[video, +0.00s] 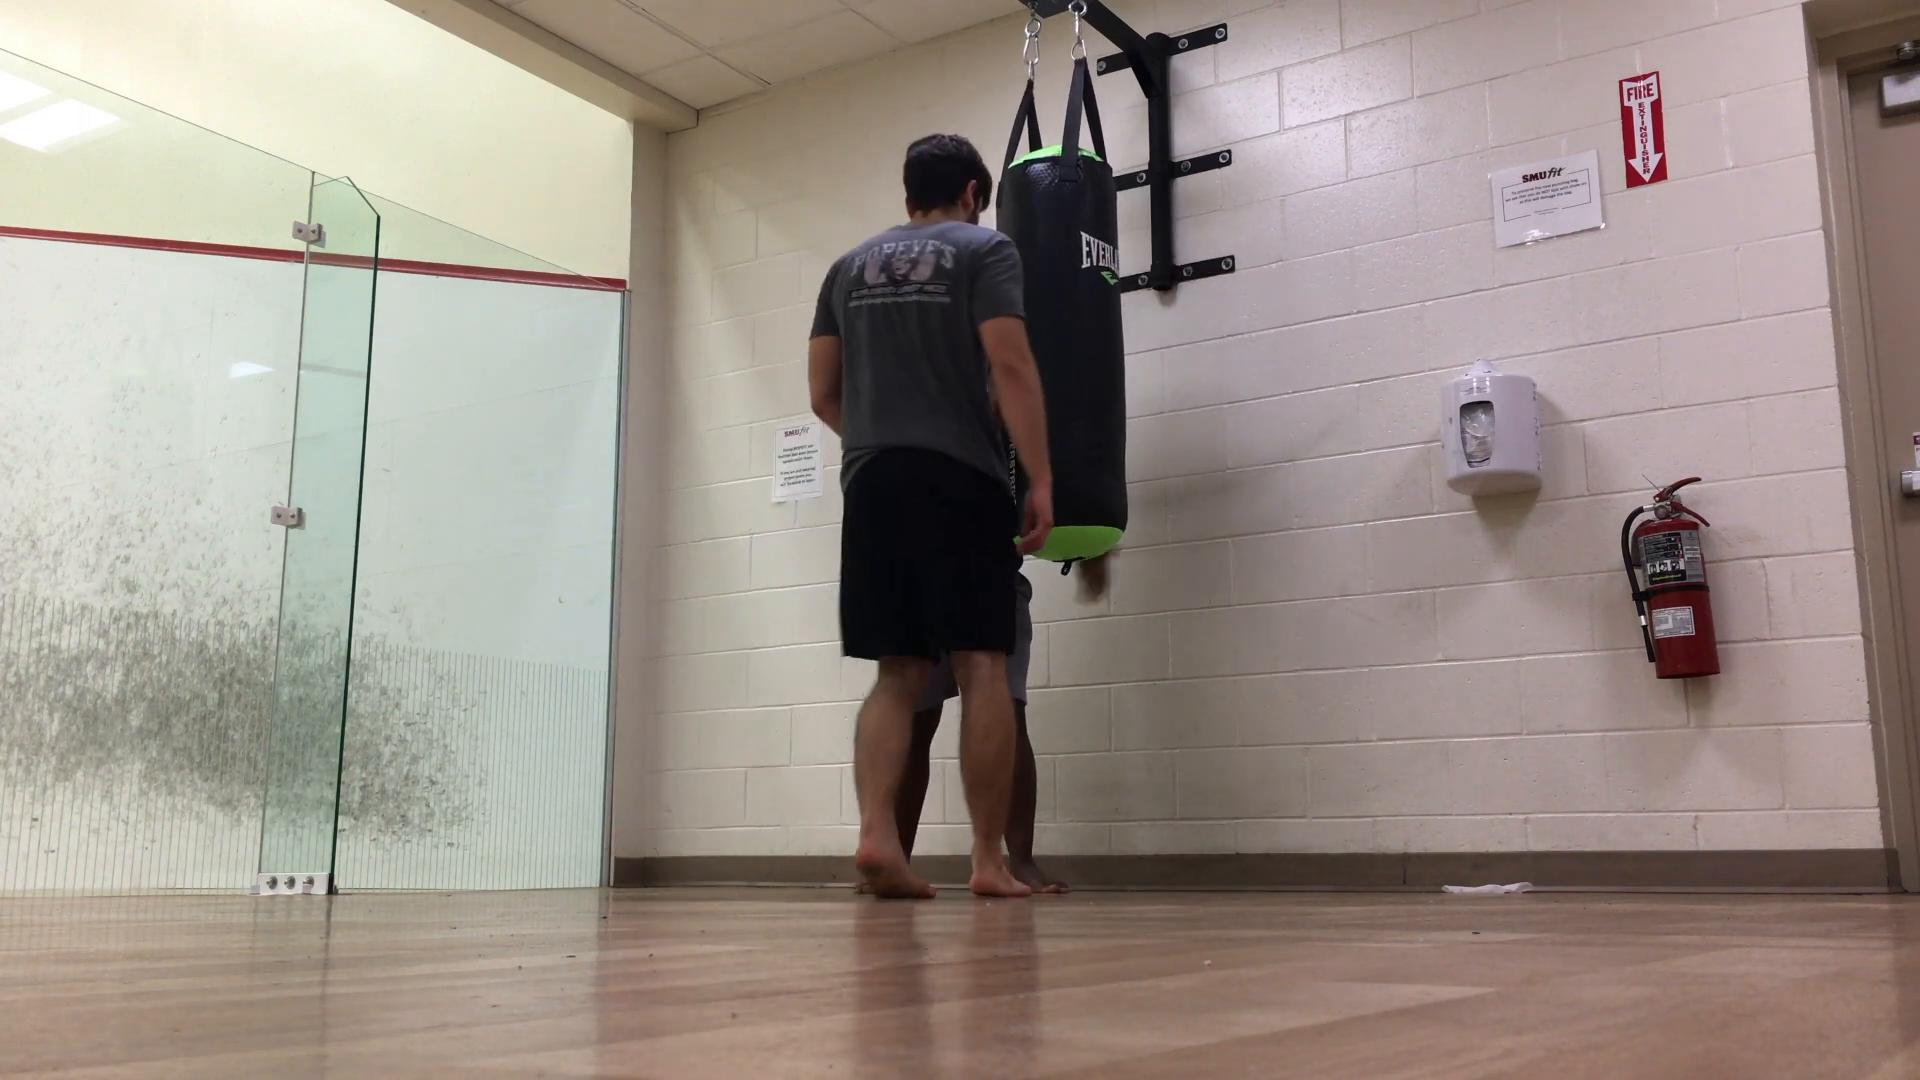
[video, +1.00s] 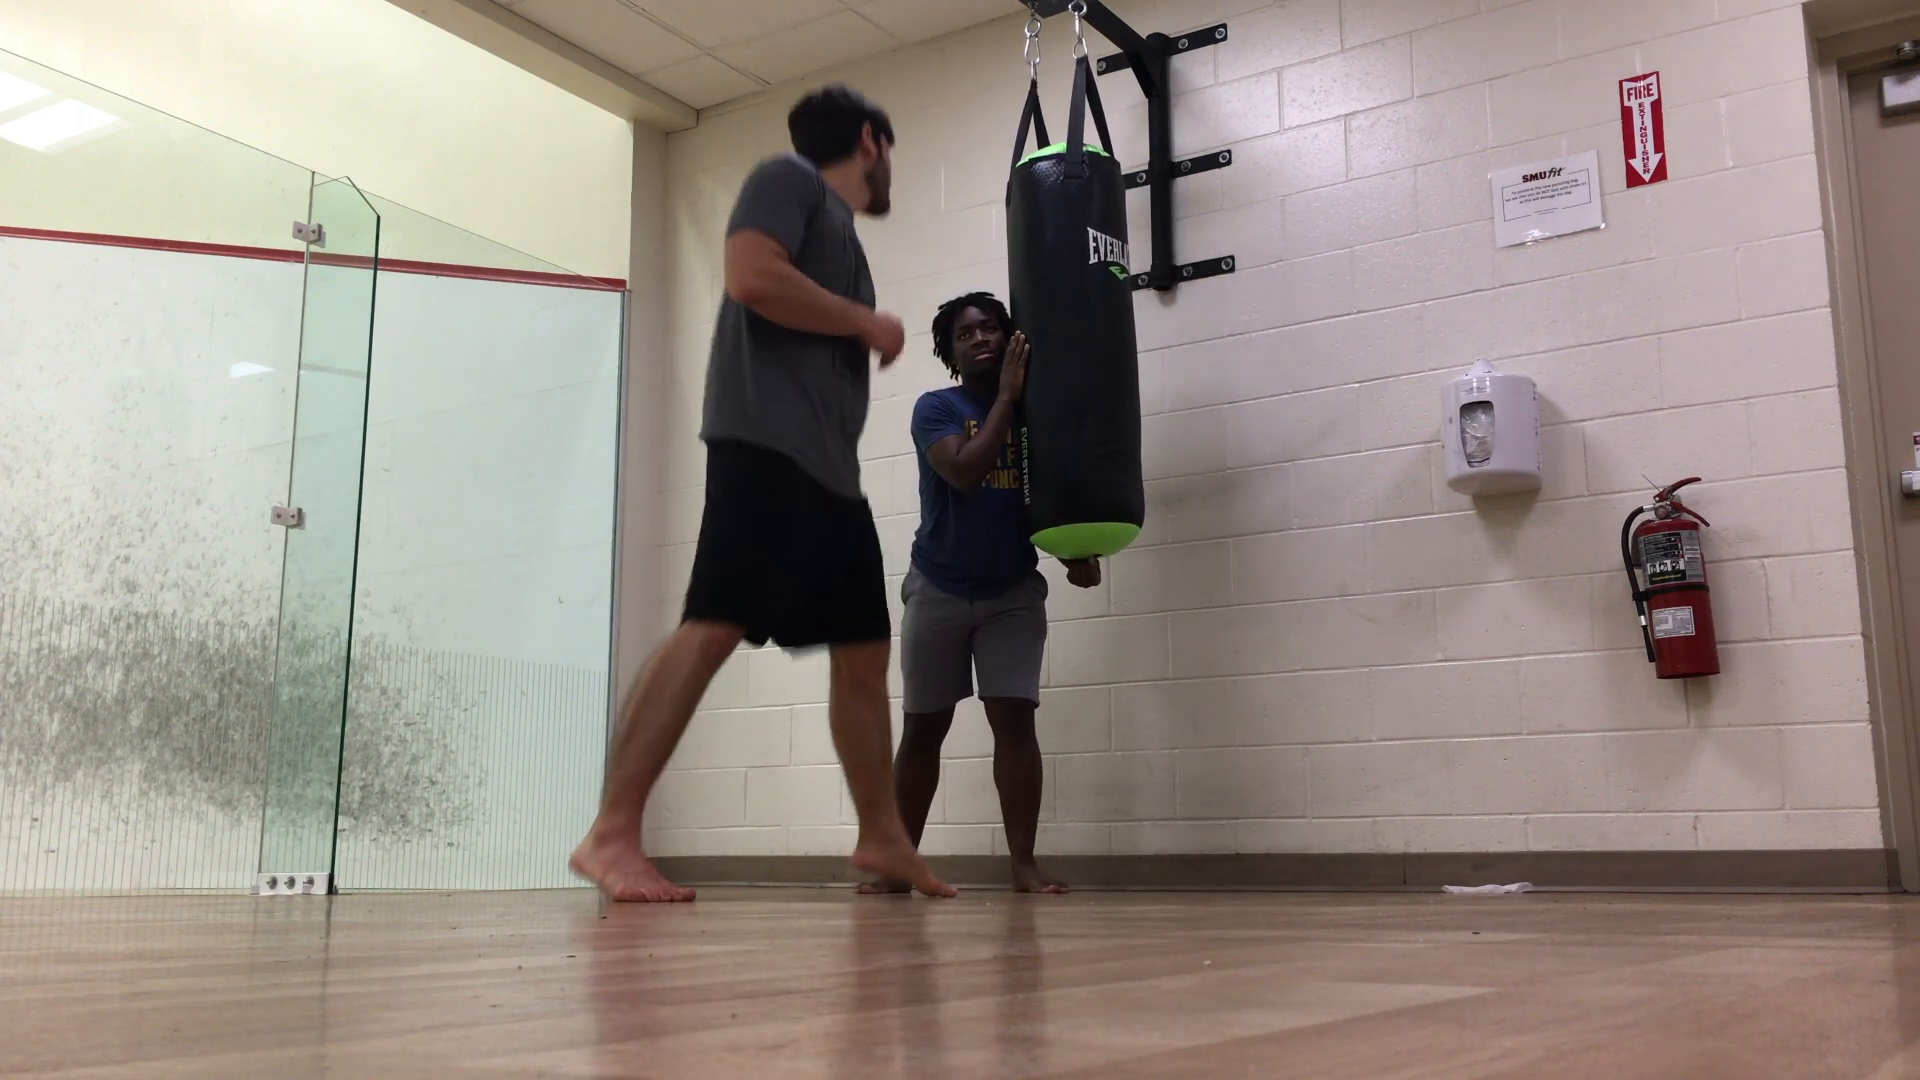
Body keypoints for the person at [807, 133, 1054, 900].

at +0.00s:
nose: (979, 209)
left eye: (974, 200)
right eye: (981, 199)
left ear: (904, 199)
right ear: (973, 195)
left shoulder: (848, 267)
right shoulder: (984, 248)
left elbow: (823, 393)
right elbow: (1009, 364)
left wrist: (885, 441)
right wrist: (1039, 477)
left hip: (874, 482)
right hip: (963, 478)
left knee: (899, 669)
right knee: (983, 670)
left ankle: (878, 839)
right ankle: (990, 860)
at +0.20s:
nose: (981, 212)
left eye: (975, 204)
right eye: (983, 202)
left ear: (908, 201)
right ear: (974, 199)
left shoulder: (850, 265)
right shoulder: (992, 247)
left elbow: (835, 395)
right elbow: (1031, 352)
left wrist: (903, 426)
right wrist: (1048, 459)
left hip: (871, 474)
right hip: (961, 472)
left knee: (896, 657)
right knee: (977, 662)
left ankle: (872, 849)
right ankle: (993, 859)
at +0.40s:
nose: (967, 220)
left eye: (963, 211)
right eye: (966, 210)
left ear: (895, 213)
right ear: (955, 205)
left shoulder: (852, 282)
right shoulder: (944, 236)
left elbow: (862, 396)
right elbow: (945, 320)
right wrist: (999, 412)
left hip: (843, 466)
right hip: (919, 465)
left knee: (862, 661)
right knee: (956, 654)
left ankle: (870, 859)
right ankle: (1001, 848)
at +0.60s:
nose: (945, 214)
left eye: (946, 201)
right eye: (945, 198)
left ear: (879, 189)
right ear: (927, 186)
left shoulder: (860, 243)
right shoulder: (893, 226)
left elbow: (856, 388)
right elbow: (857, 306)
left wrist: (932, 449)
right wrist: (945, 395)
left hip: (845, 465)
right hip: (869, 461)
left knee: (853, 657)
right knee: (893, 629)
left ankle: (870, 854)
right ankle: (894, 826)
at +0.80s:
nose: (914, 184)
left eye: (914, 169)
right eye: (914, 167)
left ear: (863, 158)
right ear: (895, 156)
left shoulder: (863, 243)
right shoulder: (823, 207)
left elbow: (849, 336)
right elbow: (799, 303)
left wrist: (929, 334)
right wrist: (917, 334)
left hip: (864, 461)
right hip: (820, 443)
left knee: (860, 662)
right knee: (788, 590)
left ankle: (872, 858)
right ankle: (675, 786)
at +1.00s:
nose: (891, 175)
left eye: (892, 162)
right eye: (890, 158)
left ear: (838, 145)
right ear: (867, 141)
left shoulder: (840, 242)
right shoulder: (786, 176)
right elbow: (751, 274)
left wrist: (861, 336)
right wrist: (866, 321)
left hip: (826, 466)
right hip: (760, 447)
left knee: (864, 642)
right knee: (713, 626)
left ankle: (882, 840)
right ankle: (610, 834)